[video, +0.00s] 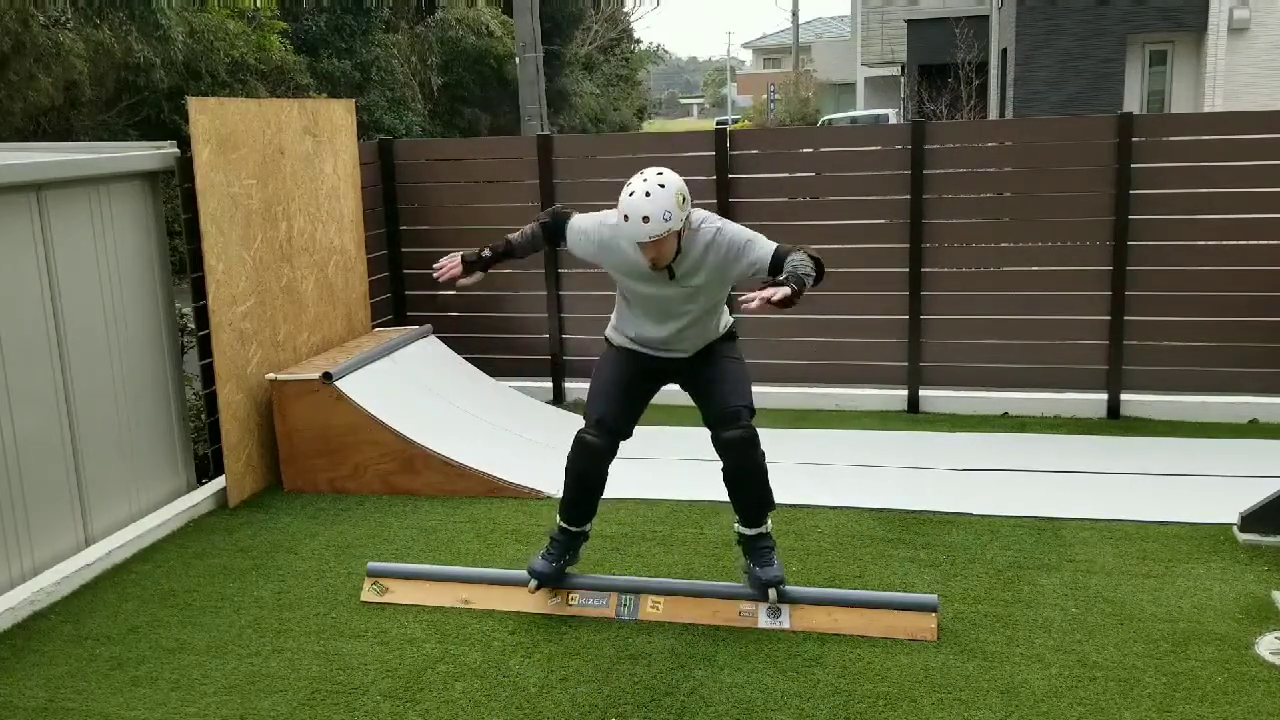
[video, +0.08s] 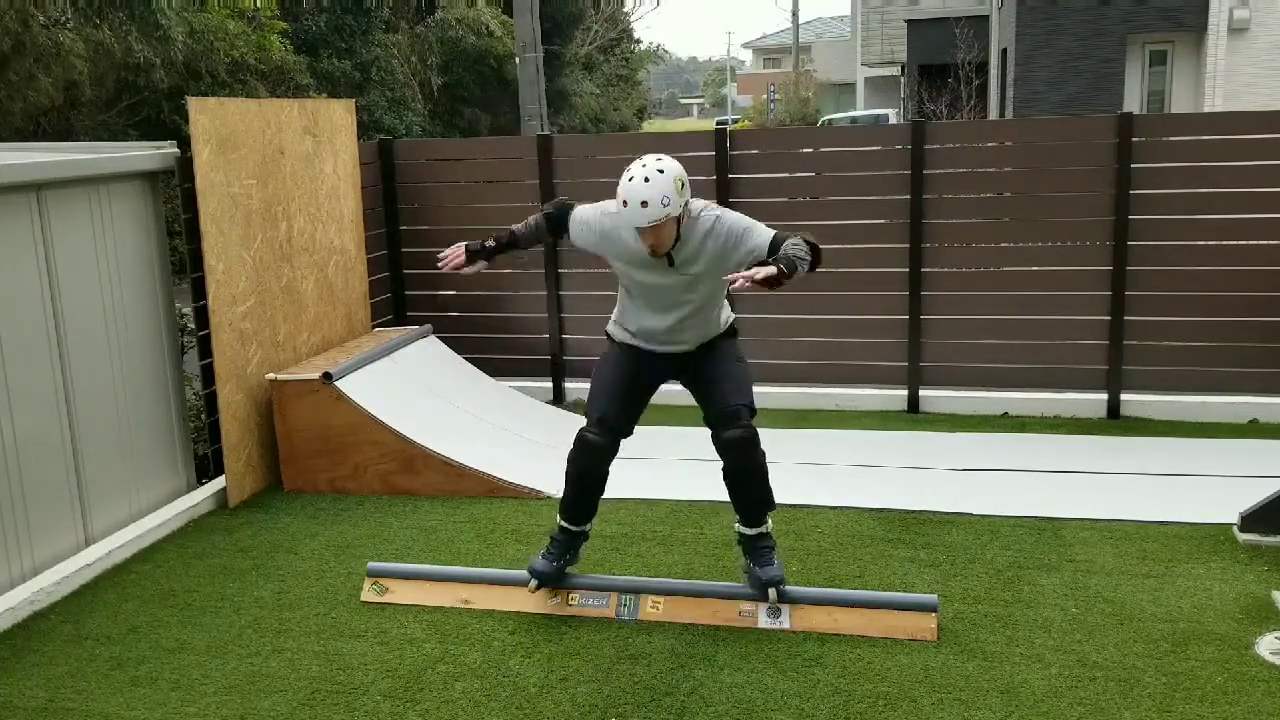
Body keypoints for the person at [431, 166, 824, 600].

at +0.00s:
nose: (651, 254)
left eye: (659, 241)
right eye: (641, 243)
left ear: (683, 225)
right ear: (629, 228)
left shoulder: (721, 239)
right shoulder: (607, 235)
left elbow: (802, 261)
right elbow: (551, 228)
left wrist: (788, 286)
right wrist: (479, 261)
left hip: (709, 345)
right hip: (632, 344)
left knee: (737, 435)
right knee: (595, 440)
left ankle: (760, 549)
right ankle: (566, 541)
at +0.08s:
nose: (646, 238)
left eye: (654, 227)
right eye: (638, 228)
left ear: (681, 213)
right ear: (628, 214)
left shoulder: (719, 227)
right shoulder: (609, 225)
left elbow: (798, 248)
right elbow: (556, 219)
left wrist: (780, 269)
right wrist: (488, 249)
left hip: (709, 341)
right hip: (634, 342)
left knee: (738, 434)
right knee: (596, 439)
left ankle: (760, 548)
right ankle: (565, 542)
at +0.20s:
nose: (636, 159)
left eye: (645, 147)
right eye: (626, 149)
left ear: (669, 129)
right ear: (615, 135)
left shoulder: (710, 139)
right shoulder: (608, 151)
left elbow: (784, 159)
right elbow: (565, 152)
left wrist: (710, 166)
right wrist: (514, 196)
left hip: (715, 305)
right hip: (642, 304)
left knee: (738, 422)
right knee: (604, 416)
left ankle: (761, 539)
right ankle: (576, 533)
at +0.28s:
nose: (636, 145)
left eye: (643, 132)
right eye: (625, 136)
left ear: (666, 112)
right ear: (613, 123)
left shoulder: (704, 123)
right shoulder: (607, 138)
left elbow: (778, 141)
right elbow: (570, 142)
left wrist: (702, 146)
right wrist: (531, 195)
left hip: (714, 291)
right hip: (645, 293)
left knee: (731, 414)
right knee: (618, 407)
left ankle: (758, 527)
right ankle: (600, 523)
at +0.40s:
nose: (626, 151)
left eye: (633, 139)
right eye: (619, 142)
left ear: (659, 125)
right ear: (613, 135)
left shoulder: (699, 142)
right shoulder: (614, 157)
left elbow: (772, 166)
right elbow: (583, 190)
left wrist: (702, 168)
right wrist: (555, 234)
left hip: (712, 307)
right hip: (648, 310)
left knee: (722, 431)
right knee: (635, 419)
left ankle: (755, 531)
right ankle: (659, 519)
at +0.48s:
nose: (625, 165)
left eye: (633, 154)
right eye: (619, 156)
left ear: (658, 141)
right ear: (615, 151)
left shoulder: (701, 168)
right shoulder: (620, 184)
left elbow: (769, 197)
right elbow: (598, 225)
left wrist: (700, 199)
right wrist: (568, 267)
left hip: (712, 332)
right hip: (651, 333)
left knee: (719, 447)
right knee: (641, 432)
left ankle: (760, 532)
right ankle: (677, 520)